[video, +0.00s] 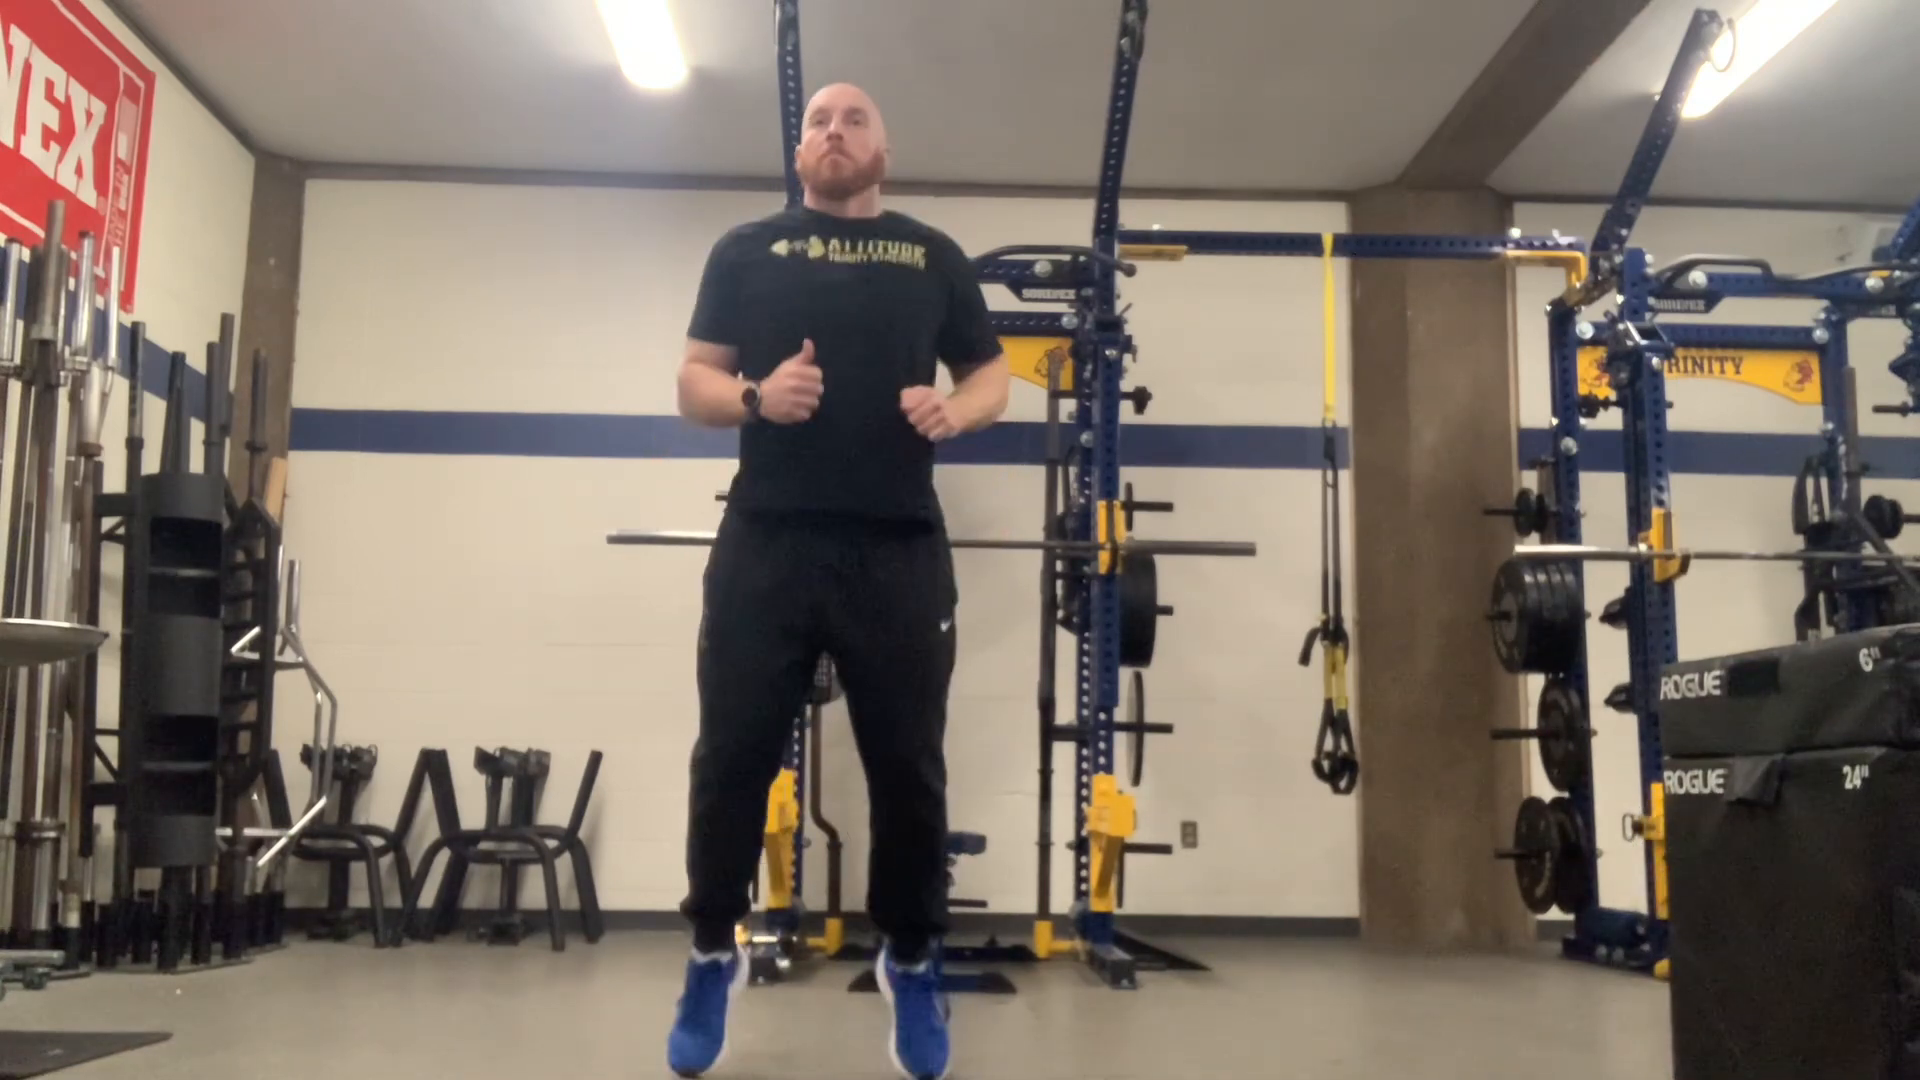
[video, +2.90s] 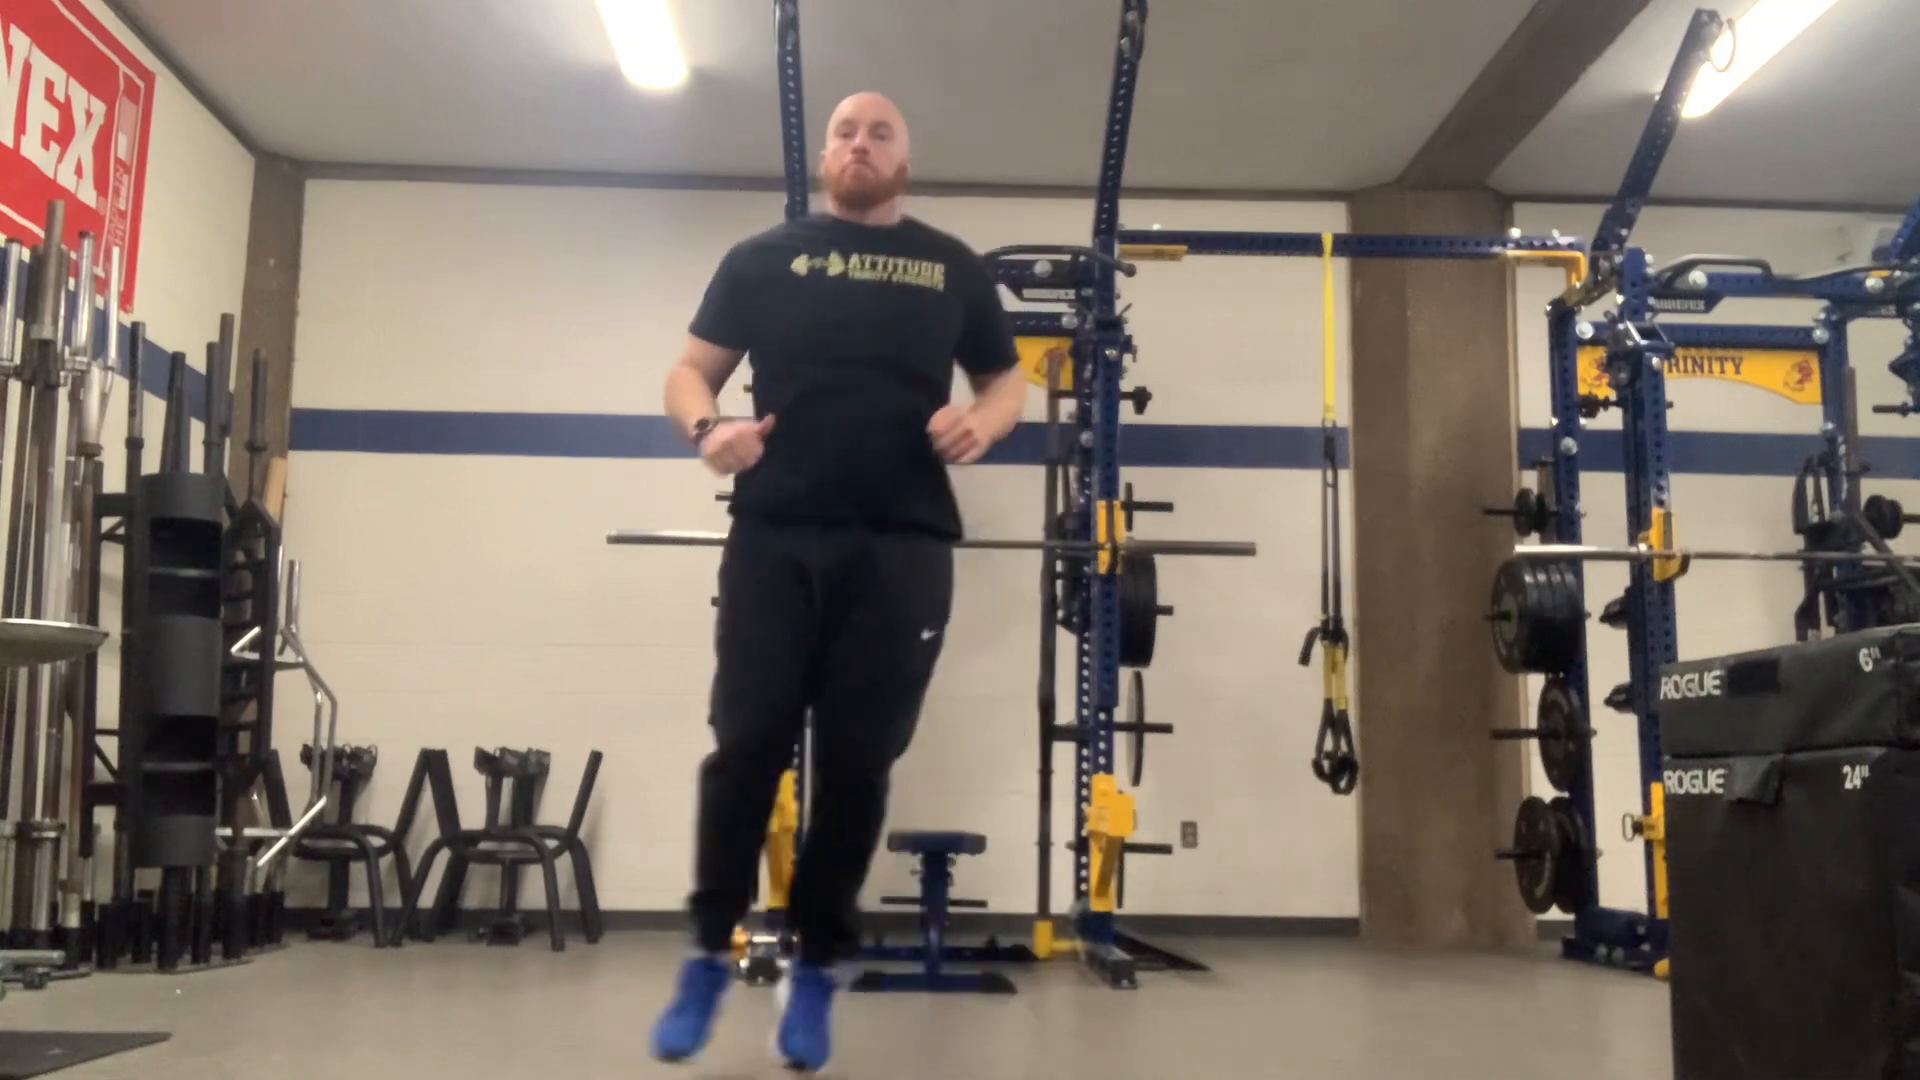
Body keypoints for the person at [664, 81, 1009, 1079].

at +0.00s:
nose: (834, 129)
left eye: (854, 119)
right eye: (818, 120)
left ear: (887, 151)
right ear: (796, 153)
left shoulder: (935, 257)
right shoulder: (745, 253)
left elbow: (992, 379)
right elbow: (696, 389)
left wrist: (955, 410)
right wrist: (755, 396)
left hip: (896, 548)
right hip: (766, 544)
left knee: (909, 768)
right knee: (731, 757)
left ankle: (912, 965)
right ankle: (711, 957)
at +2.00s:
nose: (830, 197)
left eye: (848, 187)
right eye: (814, 189)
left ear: (882, 220)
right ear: (791, 225)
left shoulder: (943, 329)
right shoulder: (748, 333)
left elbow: (1006, 452)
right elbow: (694, 457)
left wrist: (966, 475)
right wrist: (717, 489)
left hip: (906, 609)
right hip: (772, 606)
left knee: (926, 817)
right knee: (723, 815)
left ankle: (939, 1024)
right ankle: (663, 1019)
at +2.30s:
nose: (873, 131)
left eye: (890, 119)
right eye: (857, 121)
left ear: (920, 146)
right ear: (832, 153)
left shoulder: (987, 237)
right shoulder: (795, 261)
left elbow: (1073, 351)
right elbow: (759, 389)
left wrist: (1030, 359)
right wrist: (784, 416)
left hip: (971, 540)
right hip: (841, 540)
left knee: (989, 761)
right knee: (816, 751)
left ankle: (998, 980)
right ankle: (800, 963)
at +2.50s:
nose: (913, 216)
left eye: (930, 204)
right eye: (896, 203)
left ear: (957, 230)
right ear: (868, 229)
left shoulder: (1014, 330)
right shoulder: (824, 349)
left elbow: (1074, 441)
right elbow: (773, 470)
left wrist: (1070, 484)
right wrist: (787, 497)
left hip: (1018, 616)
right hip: (891, 624)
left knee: (1057, 830)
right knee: (904, 830)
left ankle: (1099, 1030)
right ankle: (944, 1021)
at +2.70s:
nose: (914, 152)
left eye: (932, 142)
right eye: (898, 141)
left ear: (960, 174)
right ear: (870, 171)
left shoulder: (1000, 282)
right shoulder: (808, 271)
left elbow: (1055, 400)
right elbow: (744, 392)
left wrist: (1048, 432)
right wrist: (792, 407)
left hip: (965, 572)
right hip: (839, 573)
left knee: (1012, 785)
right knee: (866, 793)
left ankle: (1052, 998)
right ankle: (917, 1004)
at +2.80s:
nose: (887, 126)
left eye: (905, 116)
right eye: (871, 114)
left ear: (934, 144)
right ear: (845, 141)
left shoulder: (977, 245)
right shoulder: (787, 236)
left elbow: (1033, 365)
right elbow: (713, 357)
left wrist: (1020, 399)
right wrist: (755, 385)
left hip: (932, 532)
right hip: (807, 530)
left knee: (925, 747)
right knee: (811, 746)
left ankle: (925, 955)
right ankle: (828, 955)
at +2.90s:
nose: (860, 144)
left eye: (880, 135)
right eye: (846, 132)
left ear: (909, 167)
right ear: (819, 159)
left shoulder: (953, 266)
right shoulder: (761, 259)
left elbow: (1008, 386)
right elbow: (690, 377)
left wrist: (982, 421)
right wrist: (708, 430)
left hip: (900, 547)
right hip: (773, 540)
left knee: (856, 763)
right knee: (744, 748)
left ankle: (817, 968)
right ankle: (707, 956)